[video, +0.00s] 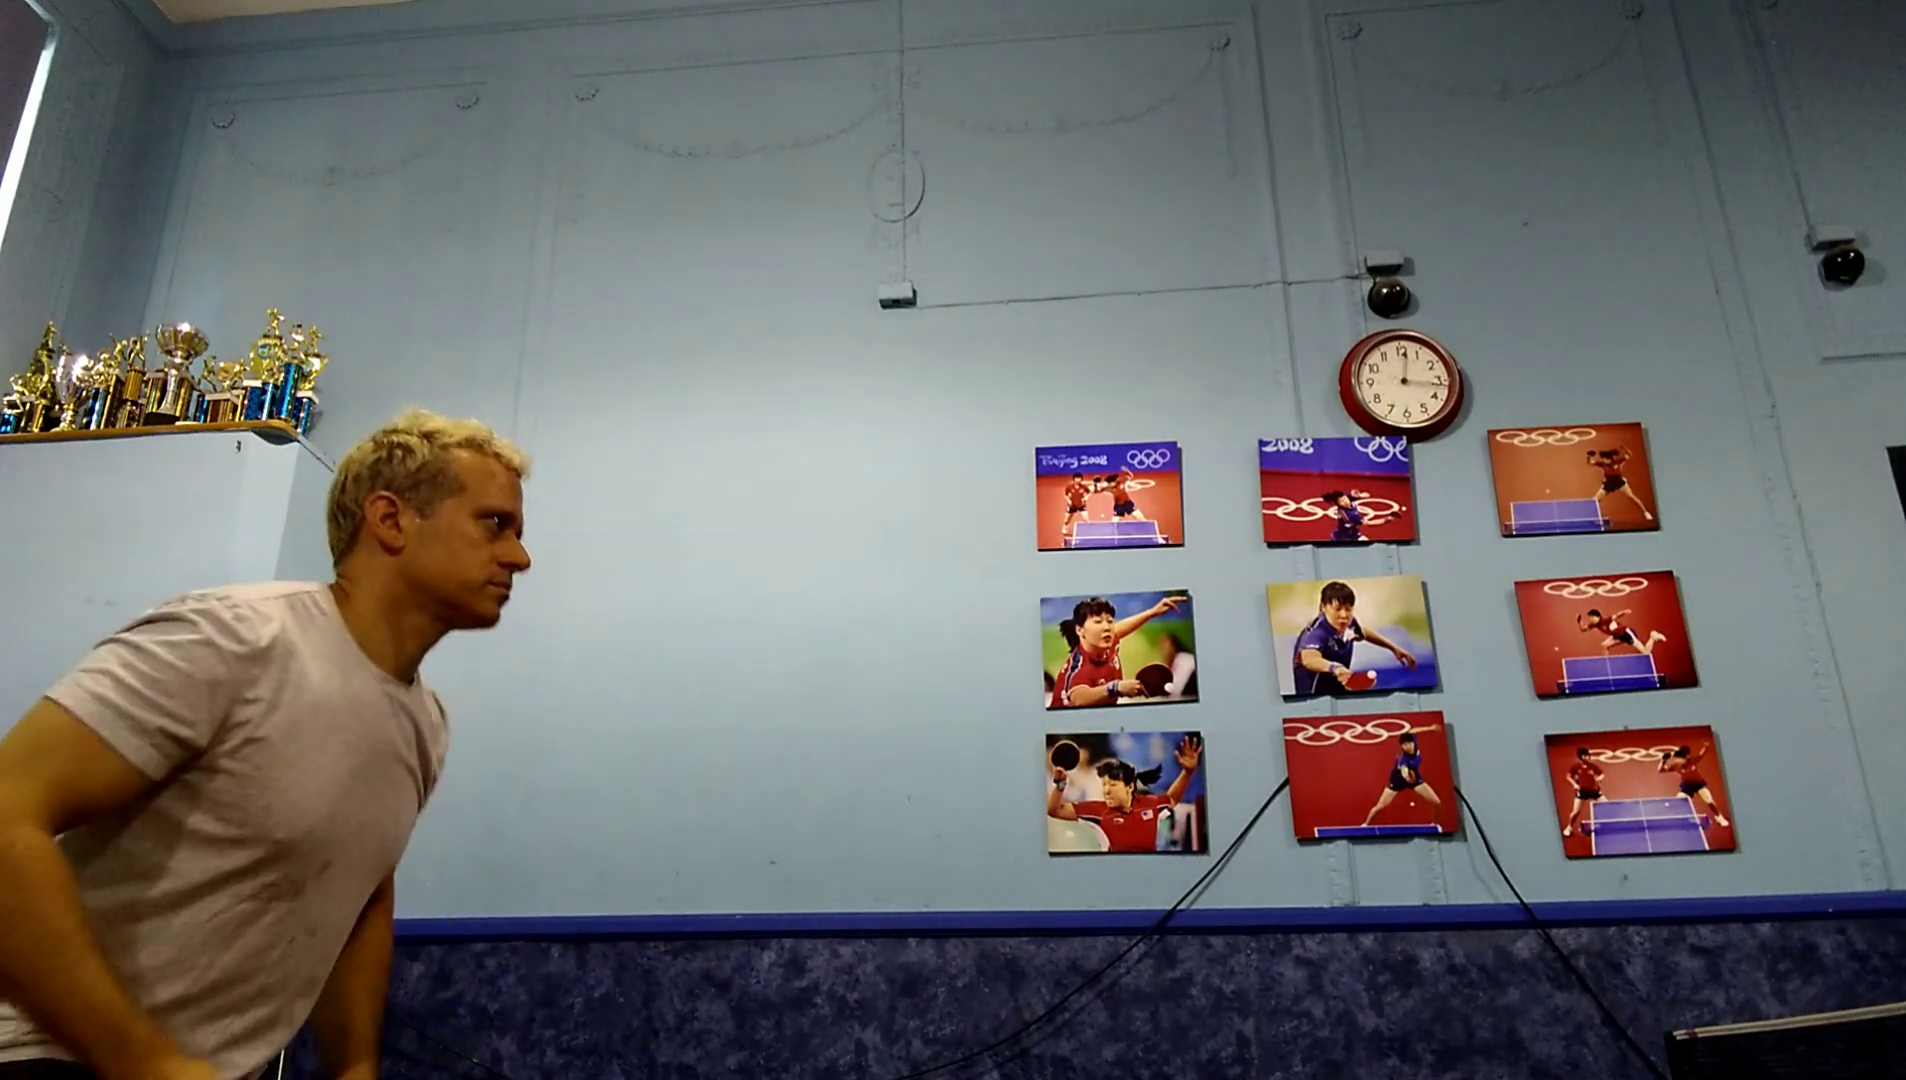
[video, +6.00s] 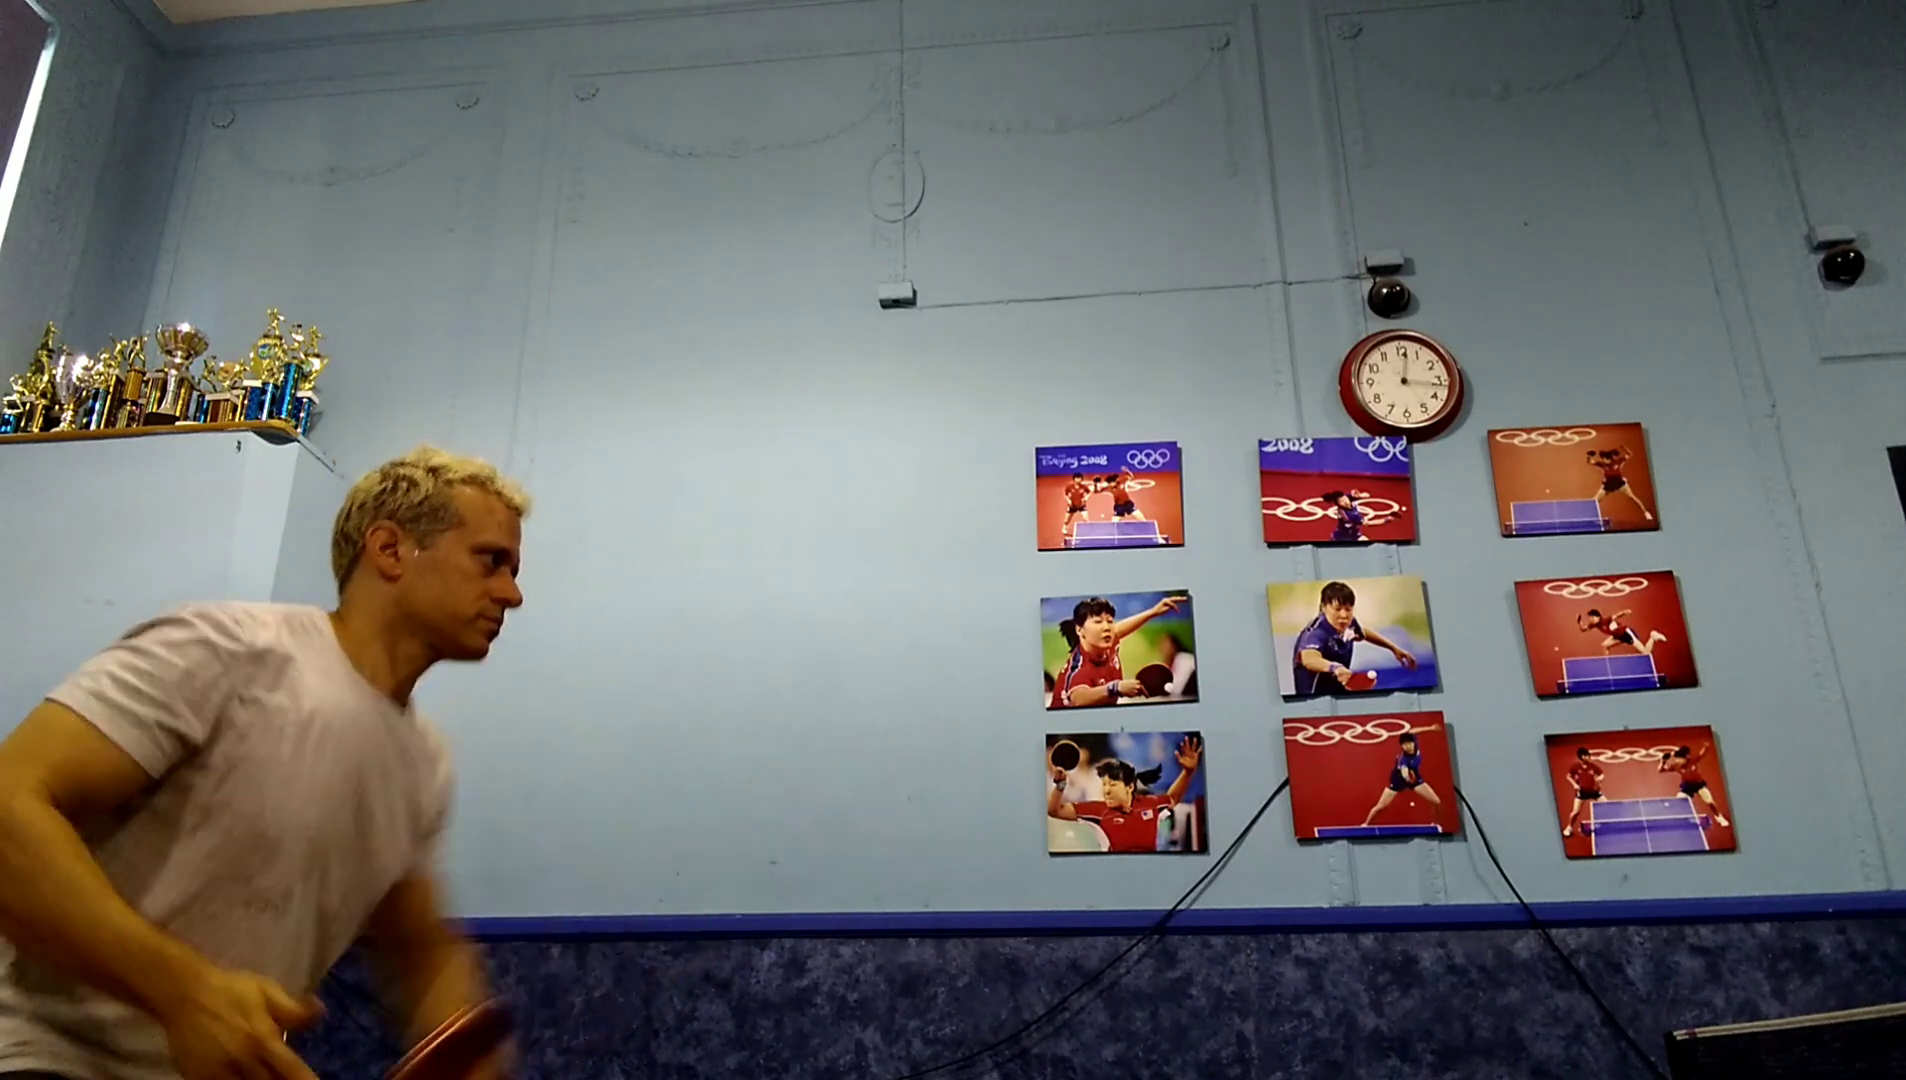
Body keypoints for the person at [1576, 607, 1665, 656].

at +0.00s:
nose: (1590, 620)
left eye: (1591, 618)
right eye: (1590, 618)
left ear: (1597, 617)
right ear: (1593, 618)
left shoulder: (1607, 620)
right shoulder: (1594, 624)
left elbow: (1617, 616)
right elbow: (1583, 630)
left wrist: (1625, 612)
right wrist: (1579, 623)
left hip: (1627, 634)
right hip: (1618, 637)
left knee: (1646, 652)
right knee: (1604, 645)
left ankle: (1653, 636)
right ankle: (1608, 667)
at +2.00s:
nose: (1590, 620)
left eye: (1591, 618)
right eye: (1590, 618)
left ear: (1597, 617)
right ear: (1593, 618)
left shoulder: (1606, 620)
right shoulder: (1594, 624)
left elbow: (1617, 616)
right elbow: (1583, 630)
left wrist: (1625, 612)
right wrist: (1579, 623)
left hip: (1627, 634)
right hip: (1618, 637)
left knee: (1645, 652)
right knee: (1604, 645)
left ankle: (1653, 636)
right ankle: (1608, 666)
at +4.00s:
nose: (1591, 620)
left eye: (1591, 618)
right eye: (1590, 619)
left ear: (1597, 617)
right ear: (1593, 618)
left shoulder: (1607, 620)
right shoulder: (1595, 625)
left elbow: (1617, 615)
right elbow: (1584, 630)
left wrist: (1625, 612)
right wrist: (1579, 623)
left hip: (1627, 634)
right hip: (1618, 637)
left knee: (1646, 652)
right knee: (1604, 645)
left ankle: (1653, 636)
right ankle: (1608, 667)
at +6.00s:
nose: (1590, 620)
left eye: (1591, 618)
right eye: (1590, 618)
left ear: (1597, 617)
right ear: (1593, 618)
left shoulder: (1607, 620)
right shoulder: (1594, 624)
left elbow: (1617, 615)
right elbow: (1583, 630)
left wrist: (1626, 612)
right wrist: (1579, 623)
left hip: (1627, 634)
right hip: (1618, 637)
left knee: (1645, 652)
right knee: (1604, 645)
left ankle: (1653, 636)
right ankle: (1607, 667)